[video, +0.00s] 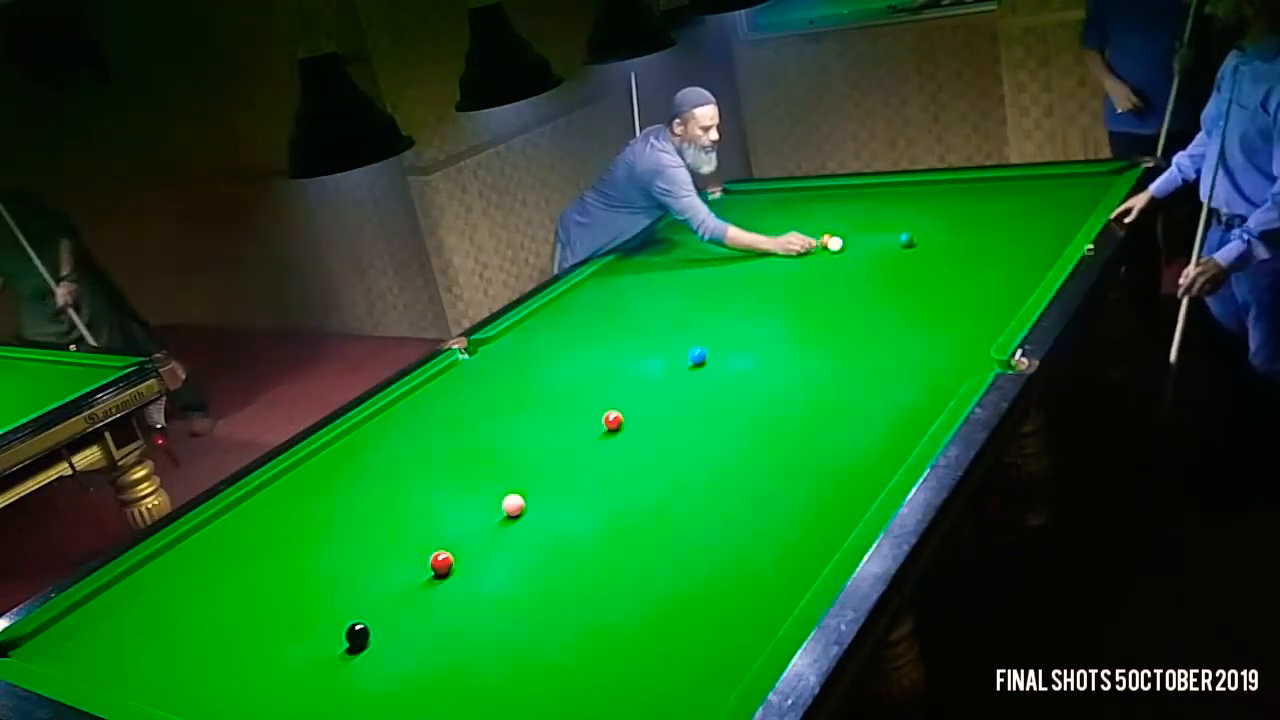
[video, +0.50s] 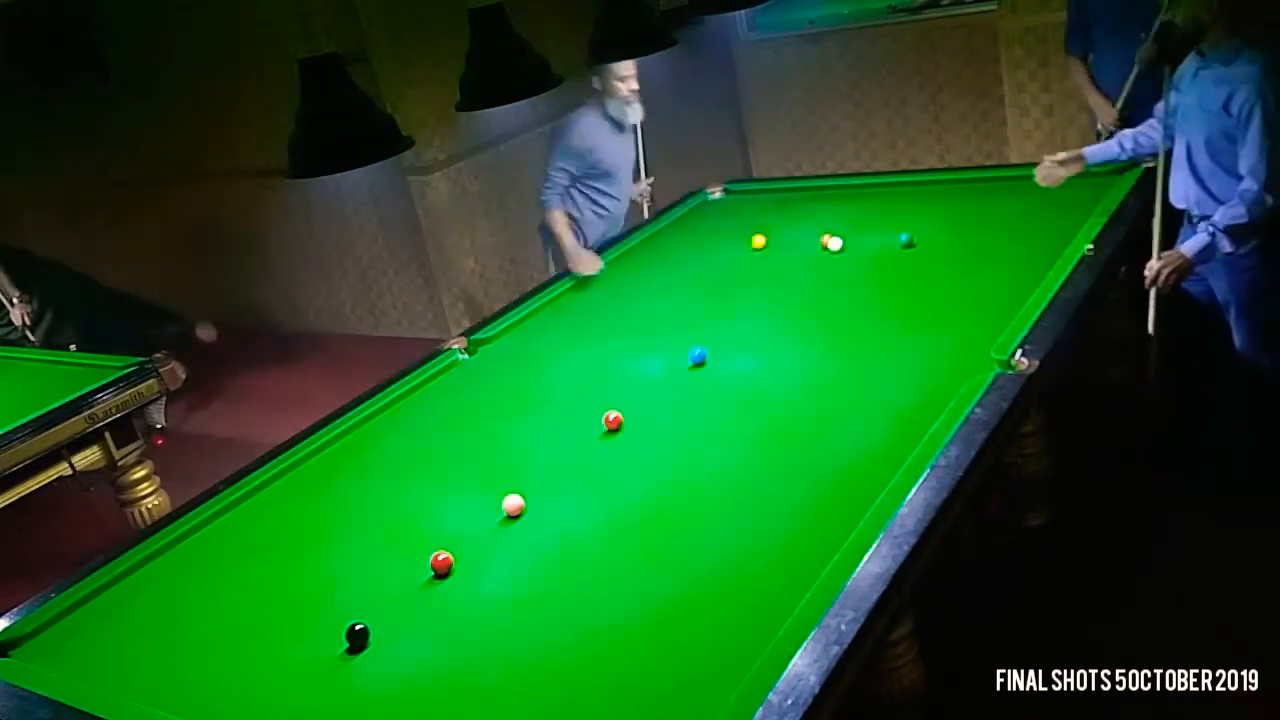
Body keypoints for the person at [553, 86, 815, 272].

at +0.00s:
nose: (715, 138)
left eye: (716, 128)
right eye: (706, 129)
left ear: (680, 127)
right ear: (678, 128)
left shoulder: (663, 135)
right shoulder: (662, 164)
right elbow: (706, 226)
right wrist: (773, 243)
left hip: (623, 234)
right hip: (586, 241)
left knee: (610, 312)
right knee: (578, 320)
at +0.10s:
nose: (709, 130)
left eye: (710, 121)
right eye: (699, 123)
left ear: (674, 121)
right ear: (672, 123)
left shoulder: (663, 136)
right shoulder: (658, 158)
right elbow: (689, 227)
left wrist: (697, 192)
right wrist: (753, 247)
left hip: (621, 231)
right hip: (587, 238)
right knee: (576, 317)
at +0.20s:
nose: (698, 119)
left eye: (699, 110)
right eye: (687, 111)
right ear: (660, 112)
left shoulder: (651, 134)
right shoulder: (646, 148)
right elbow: (662, 223)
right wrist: (720, 253)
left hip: (614, 232)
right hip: (587, 239)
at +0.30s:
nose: (679, 106)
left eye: (680, 96)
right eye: (668, 98)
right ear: (642, 99)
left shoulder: (645, 129)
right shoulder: (629, 136)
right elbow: (620, 211)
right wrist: (668, 255)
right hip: (587, 237)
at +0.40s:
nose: (656, 95)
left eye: (658, 86)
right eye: (645, 88)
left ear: (660, 84)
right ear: (621, 90)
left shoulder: (636, 123)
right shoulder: (605, 130)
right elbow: (578, 201)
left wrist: (640, 189)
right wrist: (618, 255)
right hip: (581, 242)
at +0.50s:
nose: (634, 87)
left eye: (635, 78)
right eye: (622, 80)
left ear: (638, 77)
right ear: (598, 83)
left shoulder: (627, 120)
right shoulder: (580, 128)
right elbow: (551, 196)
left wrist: (631, 190)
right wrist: (572, 250)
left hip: (611, 236)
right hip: (578, 245)